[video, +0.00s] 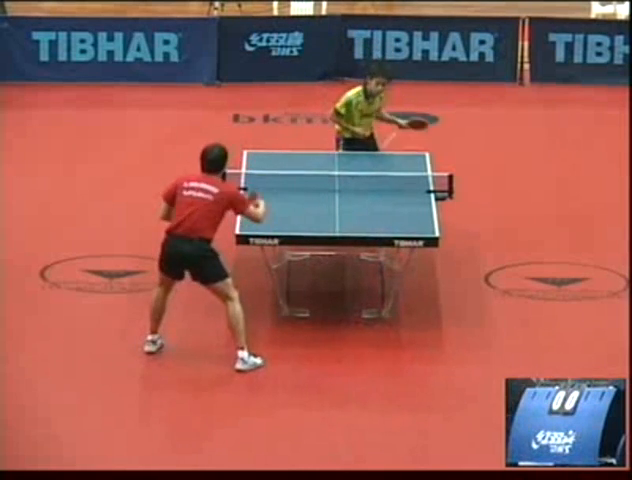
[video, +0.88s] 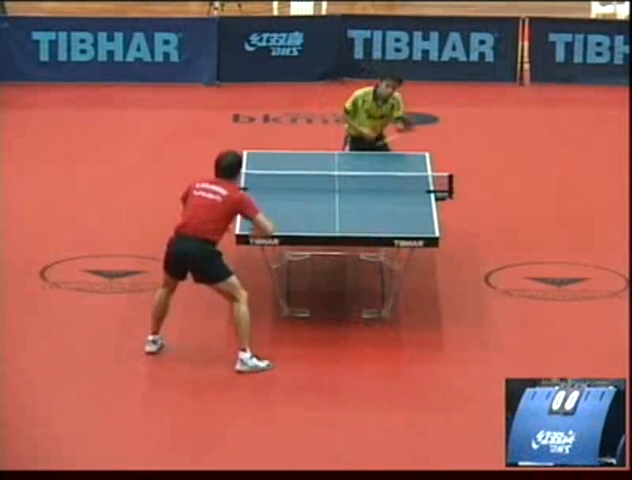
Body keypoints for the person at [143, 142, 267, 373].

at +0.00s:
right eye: (224, 163)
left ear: (201, 163)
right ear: (224, 167)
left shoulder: (183, 182)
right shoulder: (227, 192)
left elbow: (165, 215)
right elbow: (257, 216)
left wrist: (188, 213)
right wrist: (259, 203)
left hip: (173, 244)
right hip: (200, 248)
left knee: (163, 287)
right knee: (231, 298)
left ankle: (152, 337)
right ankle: (243, 354)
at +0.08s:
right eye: (225, 166)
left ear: (203, 166)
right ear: (225, 169)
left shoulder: (184, 183)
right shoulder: (227, 192)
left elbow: (170, 211)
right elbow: (254, 221)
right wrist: (256, 214)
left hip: (169, 241)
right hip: (196, 246)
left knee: (162, 286)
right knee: (227, 298)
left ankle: (152, 337)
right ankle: (241, 354)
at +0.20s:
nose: (226, 178)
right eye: (228, 175)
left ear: (205, 173)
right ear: (227, 177)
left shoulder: (187, 188)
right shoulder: (228, 200)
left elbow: (175, 210)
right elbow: (253, 236)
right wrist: (241, 237)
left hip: (168, 244)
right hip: (194, 250)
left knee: (162, 287)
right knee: (231, 298)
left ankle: (151, 337)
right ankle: (242, 355)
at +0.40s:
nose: (236, 187)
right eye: (237, 183)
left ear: (214, 179)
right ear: (236, 185)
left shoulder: (196, 192)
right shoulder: (238, 206)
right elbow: (268, 230)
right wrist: (257, 236)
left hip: (176, 249)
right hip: (203, 255)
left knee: (163, 288)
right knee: (243, 297)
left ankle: (151, 338)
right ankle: (246, 355)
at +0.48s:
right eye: (241, 177)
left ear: (220, 175)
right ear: (242, 179)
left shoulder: (201, 187)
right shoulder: (244, 202)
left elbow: (194, 204)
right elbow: (272, 219)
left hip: (180, 245)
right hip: (207, 252)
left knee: (164, 289)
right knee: (243, 297)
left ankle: (151, 338)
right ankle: (246, 355)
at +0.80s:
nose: (240, 167)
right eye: (240, 164)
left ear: (216, 164)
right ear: (238, 168)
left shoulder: (196, 181)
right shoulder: (238, 194)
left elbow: (181, 210)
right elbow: (269, 221)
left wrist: (203, 207)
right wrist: (275, 214)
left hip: (180, 241)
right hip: (206, 247)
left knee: (167, 287)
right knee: (238, 296)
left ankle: (152, 337)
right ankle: (245, 355)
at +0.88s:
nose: (240, 172)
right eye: (239, 169)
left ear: (216, 169)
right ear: (238, 172)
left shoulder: (198, 185)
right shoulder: (238, 197)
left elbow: (184, 203)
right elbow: (267, 229)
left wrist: (193, 221)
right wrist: (258, 229)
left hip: (178, 243)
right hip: (204, 248)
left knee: (166, 287)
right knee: (239, 296)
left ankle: (152, 337)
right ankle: (245, 355)